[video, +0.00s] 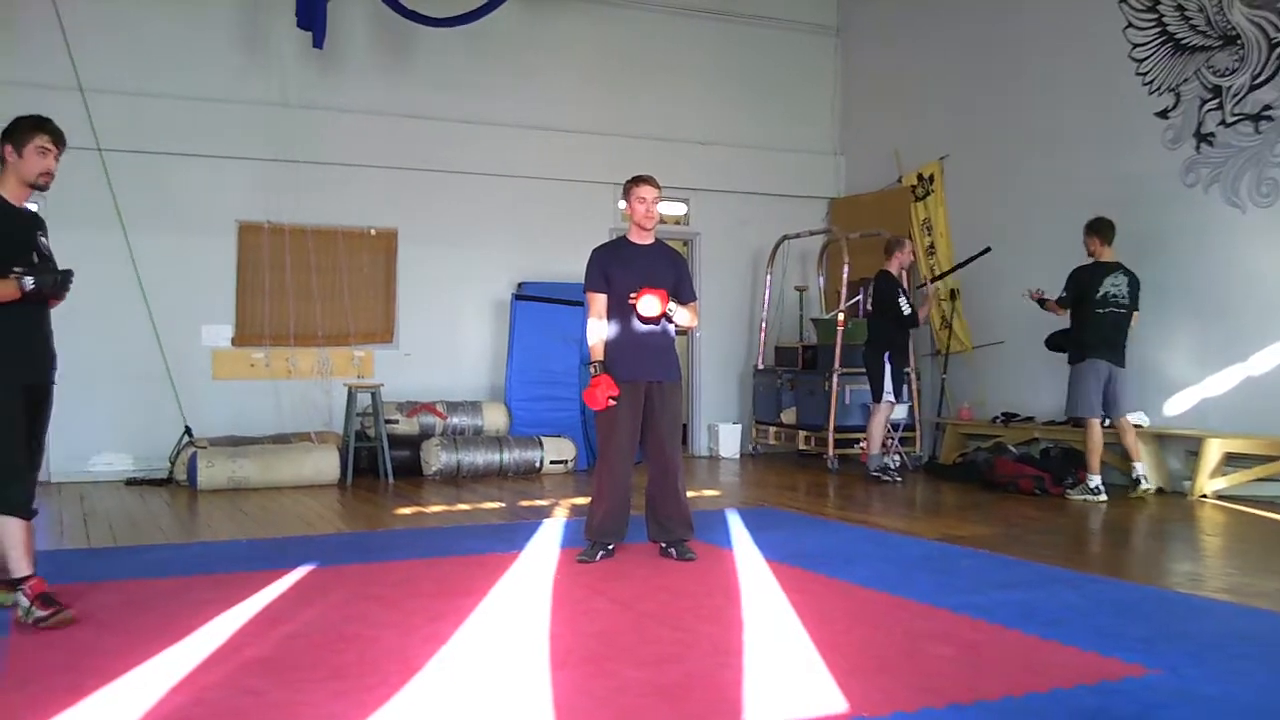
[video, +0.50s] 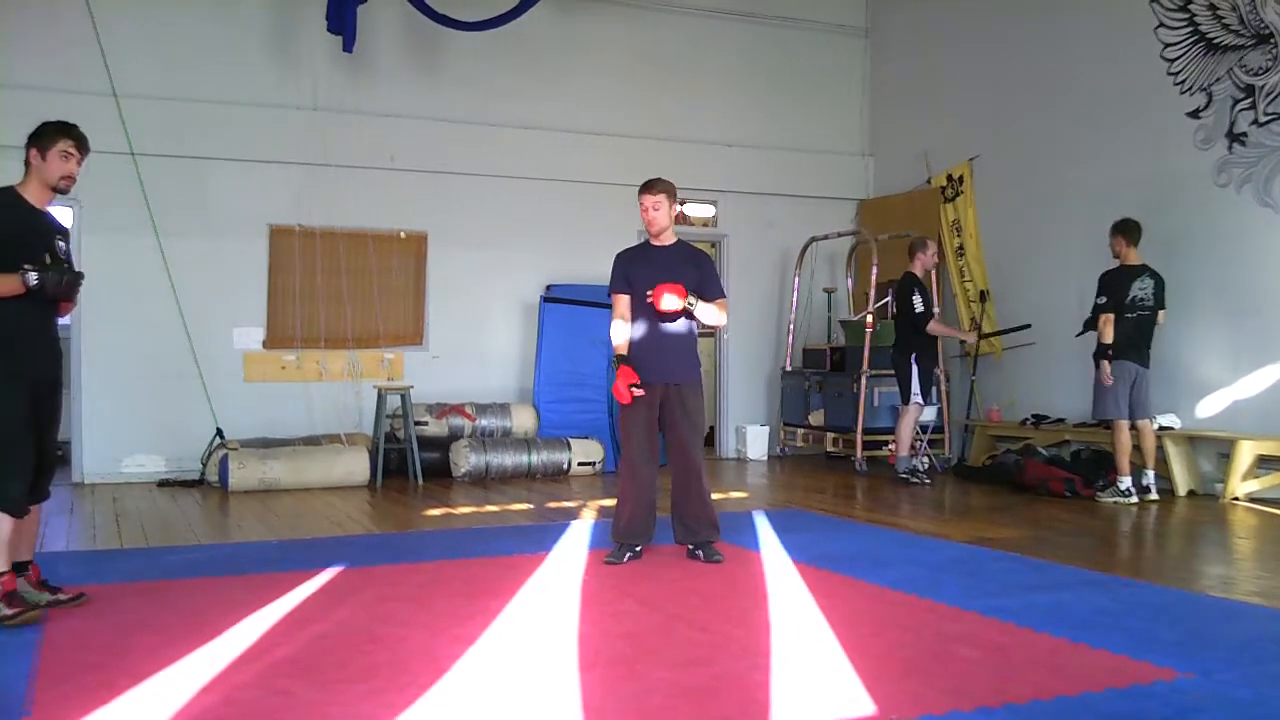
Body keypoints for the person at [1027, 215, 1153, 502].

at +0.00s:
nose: (1084, 246)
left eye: (1086, 241)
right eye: (1085, 241)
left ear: (1095, 241)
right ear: (1110, 241)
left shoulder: (1083, 274)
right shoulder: (1130, 277)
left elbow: (1059, 309)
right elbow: (1131, 319)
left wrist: (1040, 299)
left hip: (1089, 354)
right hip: (1116, 356)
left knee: (1093, 420)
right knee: (1121, 417)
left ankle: (1094, 484)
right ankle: (1141, 477)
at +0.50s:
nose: (1110, 245)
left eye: (1112, 240)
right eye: (1111, 240)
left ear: (1122, 241)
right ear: (1136, 241)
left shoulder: (1111, 277)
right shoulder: (1155, 277)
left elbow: (1106, 320)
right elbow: (1160, 317)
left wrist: (1103, 356)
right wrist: (1130, 315)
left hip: (1118, 357)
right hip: (1142, 359)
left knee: (1120, 422)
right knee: (1144, 420)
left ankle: (1124, 485)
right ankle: (1150, 483)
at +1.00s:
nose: (1200, 252)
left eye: (1201, 247)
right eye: (1200, 247)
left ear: (1212, 246)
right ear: (1224, 246)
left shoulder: (1205, 282)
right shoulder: (1243, 284)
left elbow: (1194, 326)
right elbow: (1228, 320)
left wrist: (1170, 333)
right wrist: (1191, 307)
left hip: (1202, 362)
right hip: (1226, 362)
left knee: (1204, 428)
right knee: (1227, 426)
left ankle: (1207, 493)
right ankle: (1233, 492)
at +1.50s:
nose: (1189, 254)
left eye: (1190, 249)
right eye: (1188, 249)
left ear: (1203, 244)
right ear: (1210, 244)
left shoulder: (1202, 277)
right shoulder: (1233, 279)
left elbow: (1192, 319)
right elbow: (1208, 315)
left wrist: (1171, 305)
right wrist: (1177, 300)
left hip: (1194, 360)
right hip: (1216, 361)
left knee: (1196, 426)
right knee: (1217, 424)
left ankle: (1199, 490)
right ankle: (1224, 489)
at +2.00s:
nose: (1235, 254)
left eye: (1236, 248)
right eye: (1234, 249)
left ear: (1248, 243)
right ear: (1256, 242)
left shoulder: (1251, 276)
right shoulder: (1274, 275)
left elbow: (1244, 319)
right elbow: (1257, 316)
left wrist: (1216, 304)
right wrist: (1232, 297)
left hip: (1240, 360)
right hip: (1262, 360)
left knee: (1242, 426)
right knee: (1263, 425)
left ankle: (1246, 491)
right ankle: (1272, 489)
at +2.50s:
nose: (1221, 218)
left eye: (1224, 213)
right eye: (1222, 213)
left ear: (1236, 213)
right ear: (1246, 213)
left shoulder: (1229, 247)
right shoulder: (1264, 251)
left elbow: (1221, 289)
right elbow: (1246, 288)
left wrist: (1201, 283)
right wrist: (1209, 278)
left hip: (1221, 328)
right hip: (1244, 328)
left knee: (1223, 391)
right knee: (1245, 390)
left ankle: (1226, 455)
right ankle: (1253, 453)